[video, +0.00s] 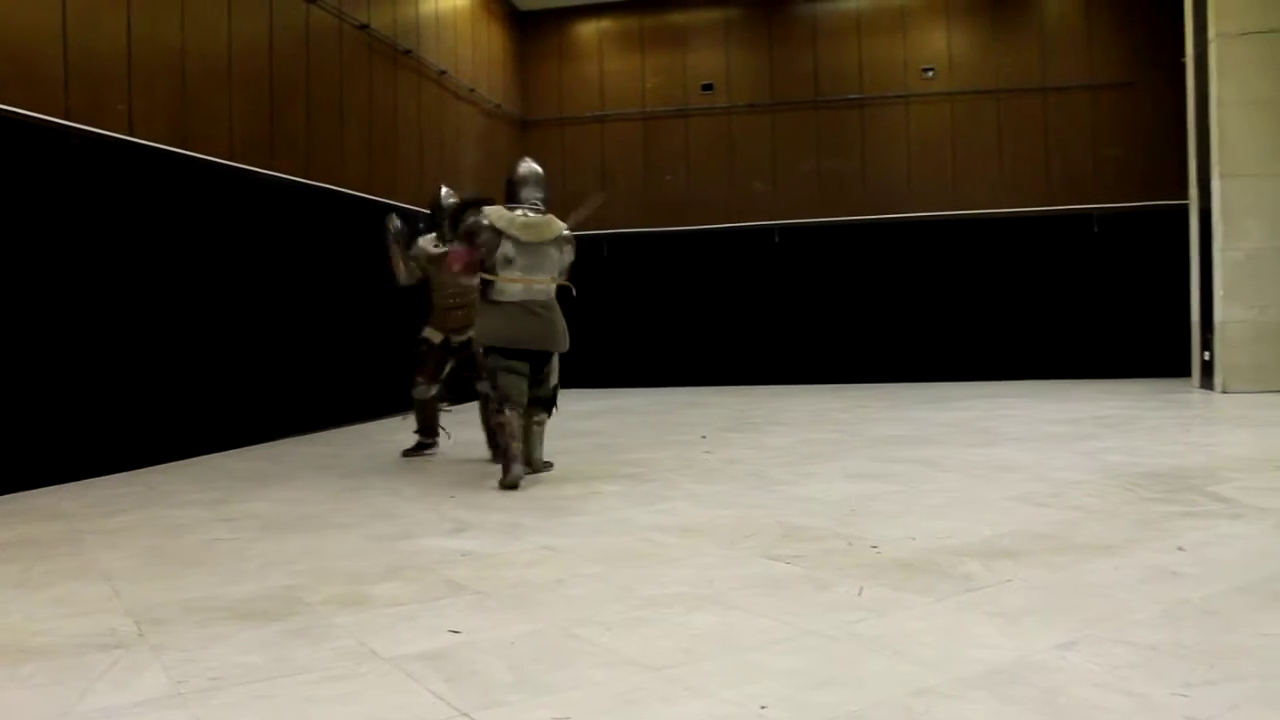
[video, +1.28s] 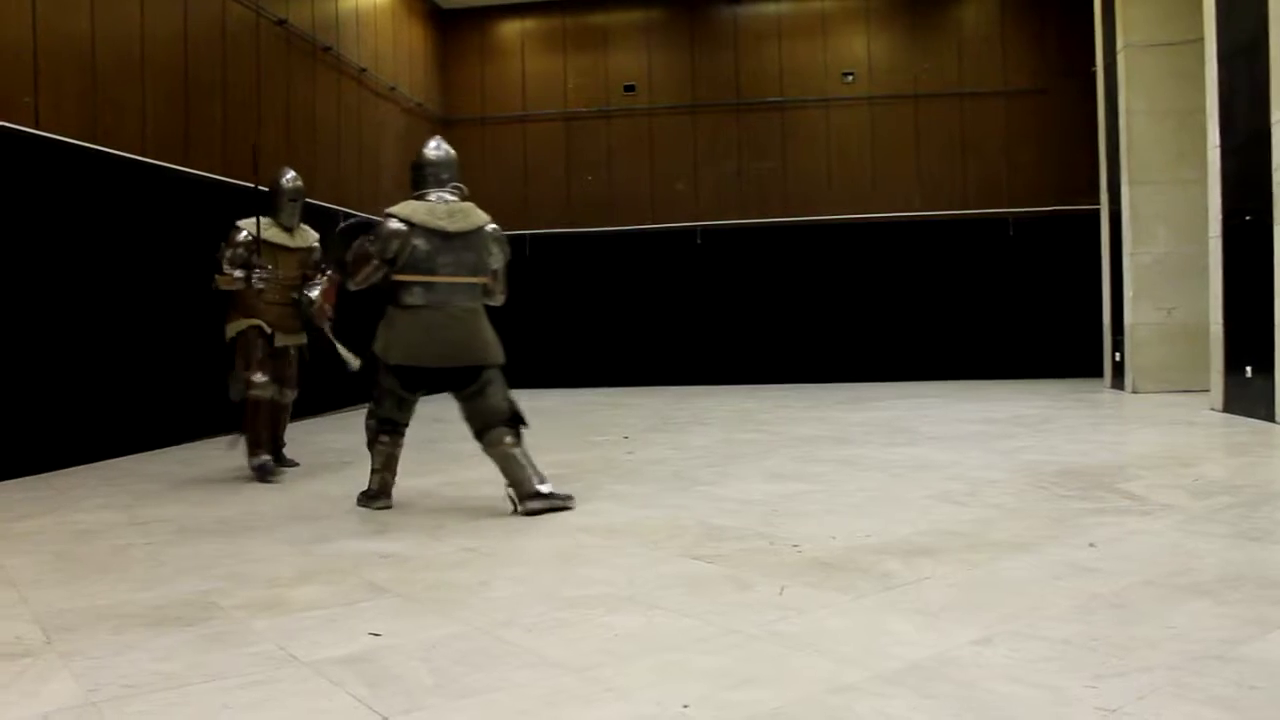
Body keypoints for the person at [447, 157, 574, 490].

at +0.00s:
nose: (527, 196)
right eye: (534, 190)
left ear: (510, 189)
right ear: (543, 191)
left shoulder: (491, 221)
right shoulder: (560, 234)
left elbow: (469, 259)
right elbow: (562, 273)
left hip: (500, 323)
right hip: (543, 324)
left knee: (507, 392)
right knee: (540, 390)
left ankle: (512, 461)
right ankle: (534, 457)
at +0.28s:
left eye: (482, 176)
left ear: (480, 177)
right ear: (516, 176)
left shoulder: (465, 218)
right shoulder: (537, 216)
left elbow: (441, 273)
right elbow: (538, 251)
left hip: (483, 325)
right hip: (531, 323)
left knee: (484, 400)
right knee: (539, 394)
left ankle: (485, 473)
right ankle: (555, 456)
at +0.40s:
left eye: (489, 182)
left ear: (484, 184)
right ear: (520, 184)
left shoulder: (466, 225)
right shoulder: (538, 226)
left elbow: (449, 271)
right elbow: (542, 278)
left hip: (477, 334)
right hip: (528, 333)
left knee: (474, 397)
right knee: (544, 402)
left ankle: (474, 473)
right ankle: (568, 461)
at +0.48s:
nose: (504, 189)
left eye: (498, 183)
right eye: (514, 184)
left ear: (491, 186)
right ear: (526, 184)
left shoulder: (472, 223)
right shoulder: (545, 228)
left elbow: (433, 250)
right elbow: (546, 267)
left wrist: (427, 215)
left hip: (483, 332)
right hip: (533, 331)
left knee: (477, 396)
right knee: (544, 404)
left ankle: (470, 473)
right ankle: (565, 472)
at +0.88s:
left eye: (482, 165)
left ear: (479, 164)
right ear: (519, 167)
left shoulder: (458, 200)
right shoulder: (542, 214)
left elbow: (416, 230)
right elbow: (547, 263)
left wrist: (417, 199)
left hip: (464, 323)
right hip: (523, 325)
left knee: (449, 388)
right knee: (535, 400)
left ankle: (428, 466)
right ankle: (542, 490)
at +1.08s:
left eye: (454, 173)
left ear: (450, 175)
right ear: (489, 174)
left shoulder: (428, 219)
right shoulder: (521, 224)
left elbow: (386, 267)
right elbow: (532, 284)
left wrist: (395, 226)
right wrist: (490, 265)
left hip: (443, 334)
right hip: (504, 335)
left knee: (410, 404)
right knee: (525, 406)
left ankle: (377, 480)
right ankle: (535, 490)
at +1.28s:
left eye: (422, 174)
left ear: (417, 178)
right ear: (457, 177)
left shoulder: (399, 224)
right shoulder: (485, 228)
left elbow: (359, 278)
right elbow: (496, 294)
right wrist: (454, 278)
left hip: (410, 340)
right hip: (469, 340)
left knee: (392, 407)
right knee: (494, 417)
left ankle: (379, 487)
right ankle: (530, 488)